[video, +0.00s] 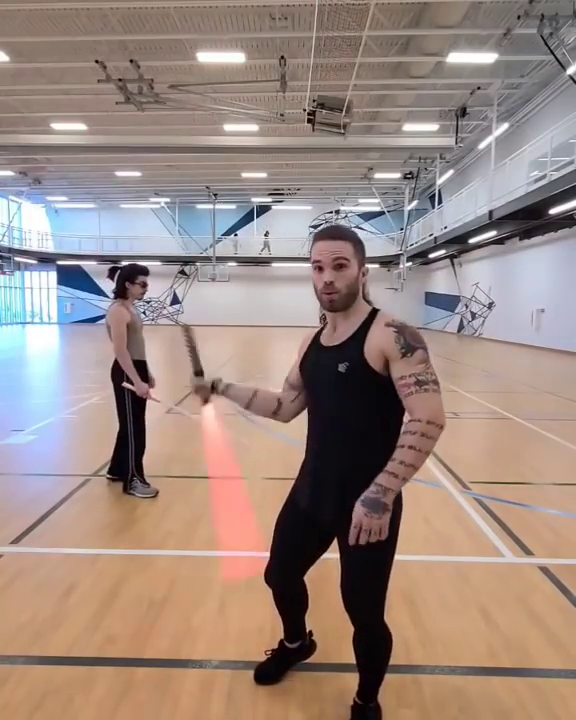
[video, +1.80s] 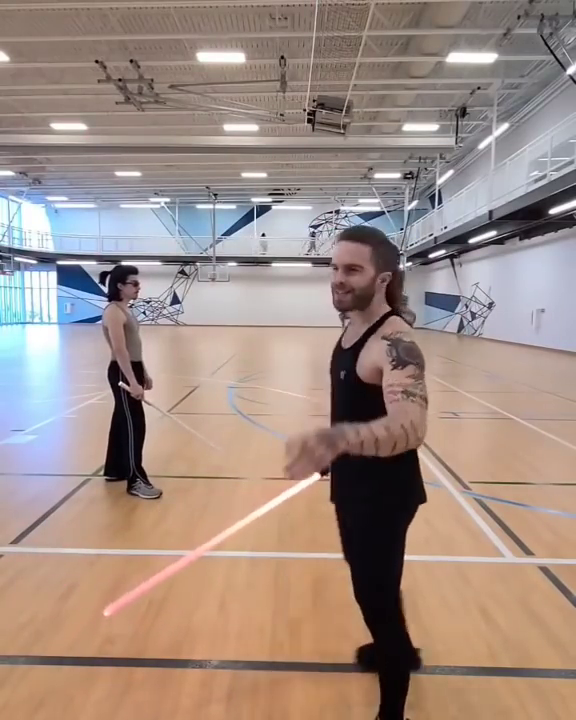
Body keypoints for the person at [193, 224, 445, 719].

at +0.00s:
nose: (327, 277)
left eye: (340, 266)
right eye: (319, 267)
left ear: (362, 271)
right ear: (311, 274)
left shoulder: (392, 335)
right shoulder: (317, 341)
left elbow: (428, 419)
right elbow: (284, 405)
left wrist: (380, 494)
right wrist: (222, 388)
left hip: (369, 495)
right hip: (316, 486)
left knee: (365, 610)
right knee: (281, 573)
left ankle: (367, 700)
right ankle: (296, 640)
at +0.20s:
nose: (316, 275)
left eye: (329, 264)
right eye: (308, 266)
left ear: (353, 272)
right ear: (302, 273)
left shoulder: (377, 338)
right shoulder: (316, 333)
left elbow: (406, 419)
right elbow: (285, 394)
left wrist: (329, 464)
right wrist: (226, 406)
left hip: (361, 497)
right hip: (309, 489)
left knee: (358, 605)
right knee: (283, 571)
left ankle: (367, 700)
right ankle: (289, 649)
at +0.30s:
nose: (310, 279)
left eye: (322, 268)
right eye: (302, 269)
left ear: (349, 273)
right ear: (296, 275)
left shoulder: (371, 342)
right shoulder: (306, 333)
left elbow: (390, 424)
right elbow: (298, 404)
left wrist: (307, 445)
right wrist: (260, 438)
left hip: (349, 494)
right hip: (299, 486)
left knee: (351, 604)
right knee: (289, 579)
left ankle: (366, 699)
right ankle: (290, 655)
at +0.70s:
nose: (271, 284)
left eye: (284, 276)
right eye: (267, 274)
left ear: (312, 282)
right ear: (265, 276)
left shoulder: (320, 332)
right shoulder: (284, 330)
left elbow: (330, 372)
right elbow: (272, 415)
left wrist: (295, 380)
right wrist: (258, 473)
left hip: (301, 487)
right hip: (266, 482)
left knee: (316, 603)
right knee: (277, 575)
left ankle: (364, 692)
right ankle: (290, 655)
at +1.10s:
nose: (281, 282)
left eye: (293, 273)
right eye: (275, 272)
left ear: (318, 279)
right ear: (268, 276)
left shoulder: (329, 335)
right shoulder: (283, 332)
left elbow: (347, 397)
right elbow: (278, 410)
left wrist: (308, 435)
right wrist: (258, 459)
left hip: (309, 484)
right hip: (272, 478)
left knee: (306, 602)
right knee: (282, 576)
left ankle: (363, 691)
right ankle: (290, 655)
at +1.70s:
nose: (344, 287)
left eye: (358, 277)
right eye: (335, 275)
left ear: (381, 281)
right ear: (326, 276)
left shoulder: (398, 347)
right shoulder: (341, 327)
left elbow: (410, 416)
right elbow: (345, 398)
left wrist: (354, 396)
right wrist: (327, 445)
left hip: (380, 494)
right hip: (339, 479)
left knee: (376, 610)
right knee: (335, 563)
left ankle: (391, 715)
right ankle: (362, 646)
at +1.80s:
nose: (339, 279)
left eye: (352, 270)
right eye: (335, 269)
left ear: (384, 277)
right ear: (332, 270)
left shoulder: (396, 342)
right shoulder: (354, 327)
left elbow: (411, 425)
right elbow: (356, 409)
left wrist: (337, 439)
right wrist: (339, 467)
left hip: (384, 489)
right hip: (355, 480)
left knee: (376, 598)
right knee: (368, 574)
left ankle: (390, 714)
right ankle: (394, 646)